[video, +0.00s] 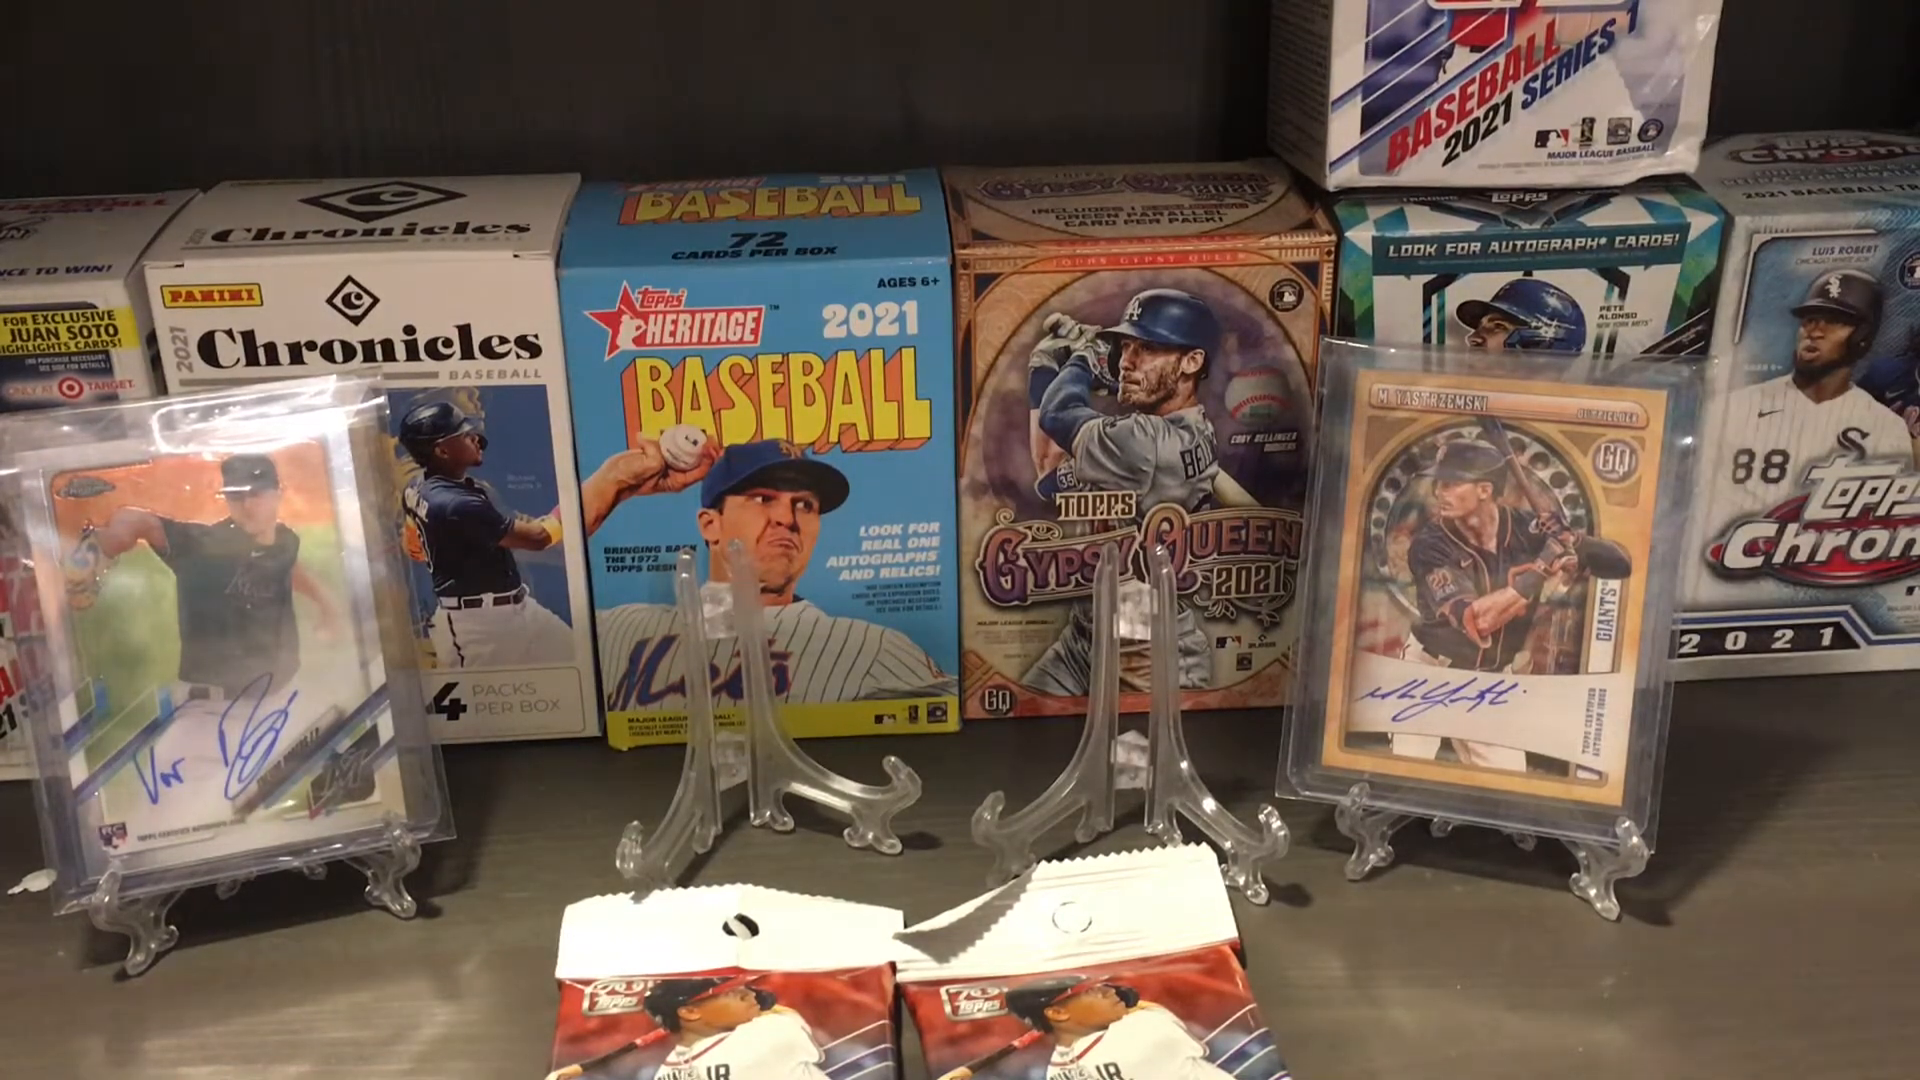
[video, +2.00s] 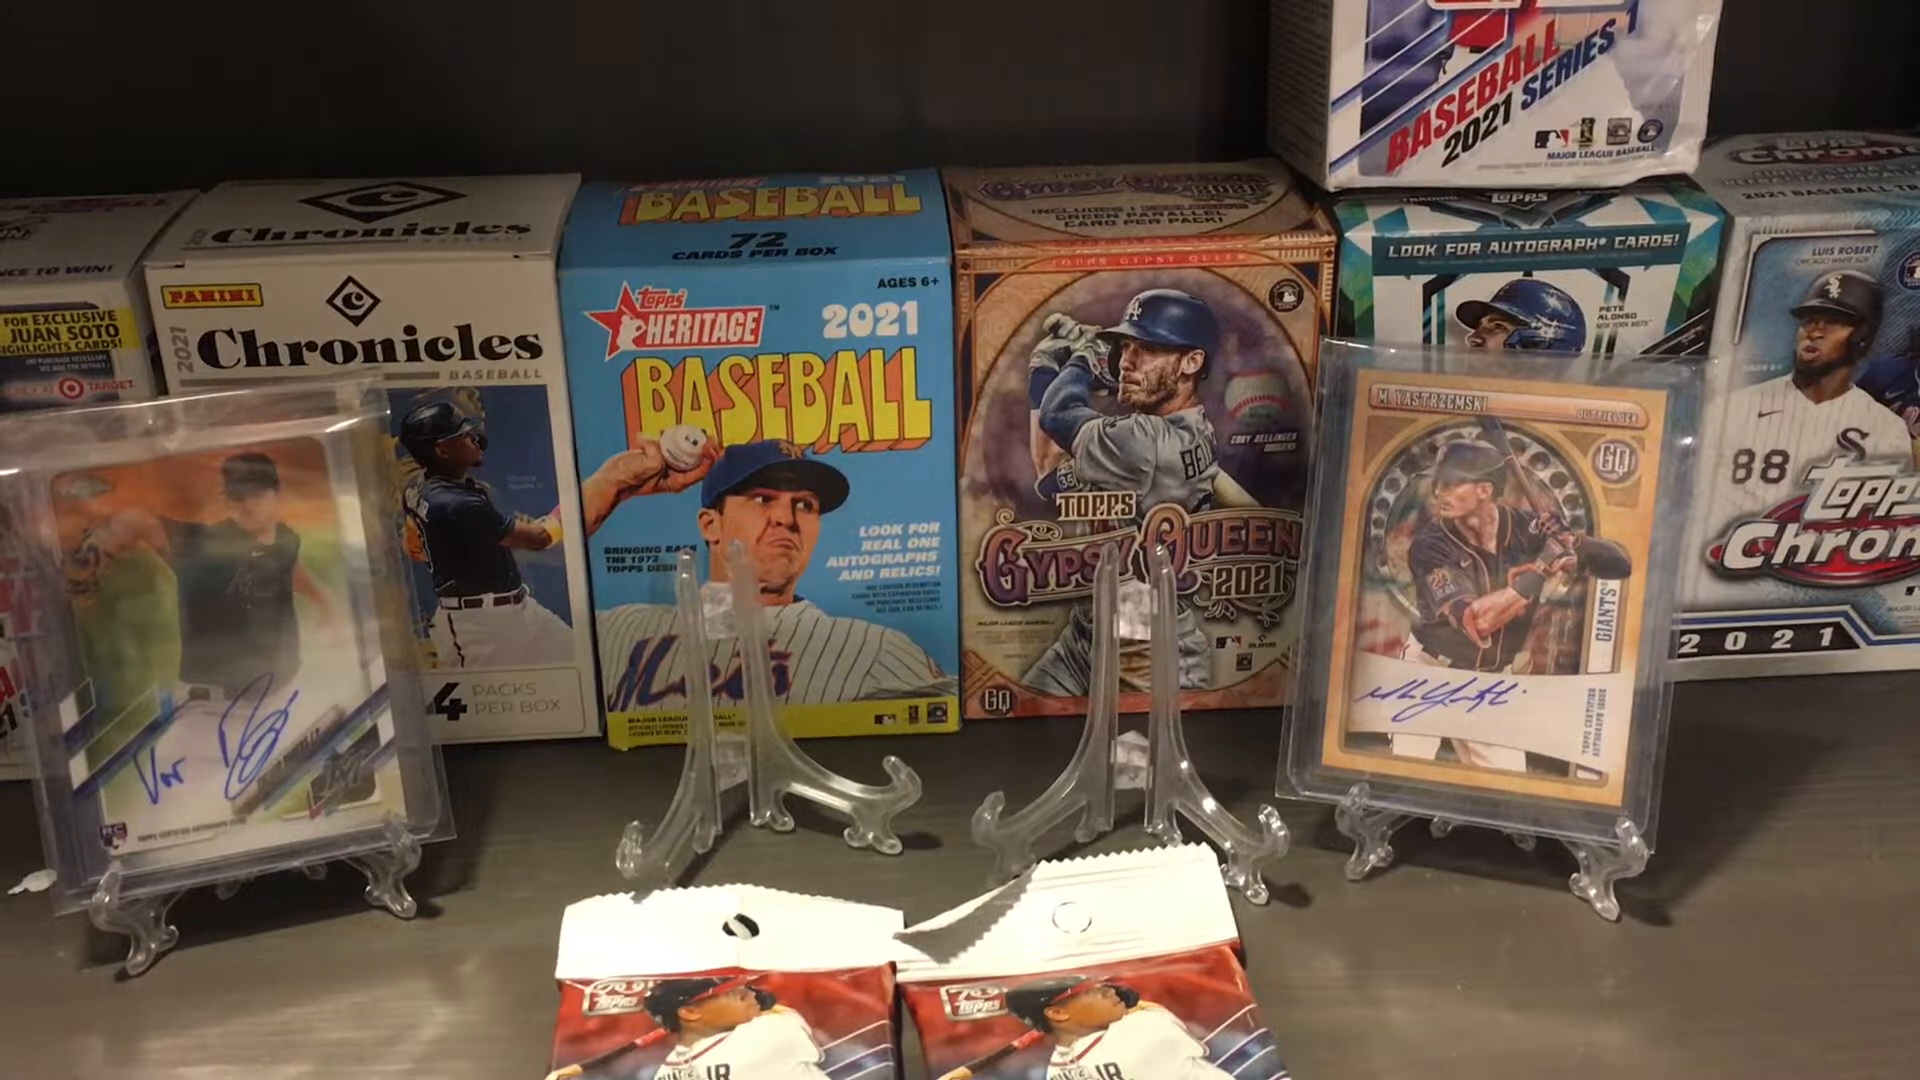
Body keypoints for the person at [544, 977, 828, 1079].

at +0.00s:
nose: (744, 993)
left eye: (734, 986)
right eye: (726, 993)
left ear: (690, 1015)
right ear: (691, 1014)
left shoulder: (666, 1072)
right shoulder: (778, 1034)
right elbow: (780, 1008)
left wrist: (579, 1071)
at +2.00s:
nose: (746, 994)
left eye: (739, 987)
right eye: (730, 994)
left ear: (689, 1015)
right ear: (692, 1015)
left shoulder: (665, 1071)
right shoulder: (778, 1034)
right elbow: (779, 1008)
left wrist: (578, 1072)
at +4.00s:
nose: (743, 992)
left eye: (733, 986)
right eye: (725, 993)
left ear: (690, 1014)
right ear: (691, 1014)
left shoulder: (665, 1071)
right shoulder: (778, 1032)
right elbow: (779, 1007)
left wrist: (578, 1071)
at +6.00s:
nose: (743, 993)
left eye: (732, 987)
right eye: (725, 993)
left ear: (690, 1015)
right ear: (691, 1014)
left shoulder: (667, 1071)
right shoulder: (778, 1033)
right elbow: (779, 1008)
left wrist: (578, 1071)